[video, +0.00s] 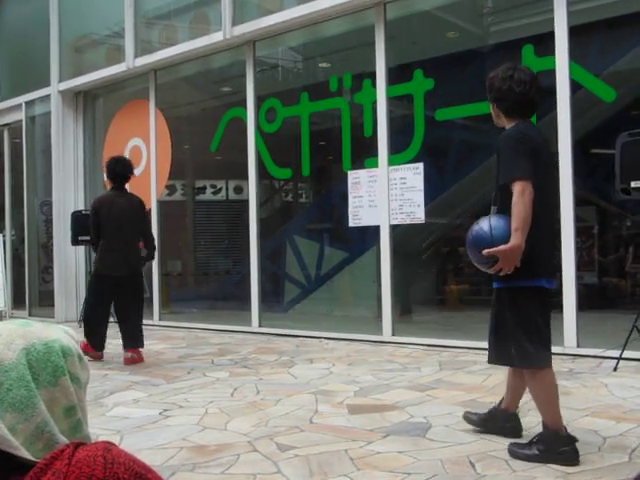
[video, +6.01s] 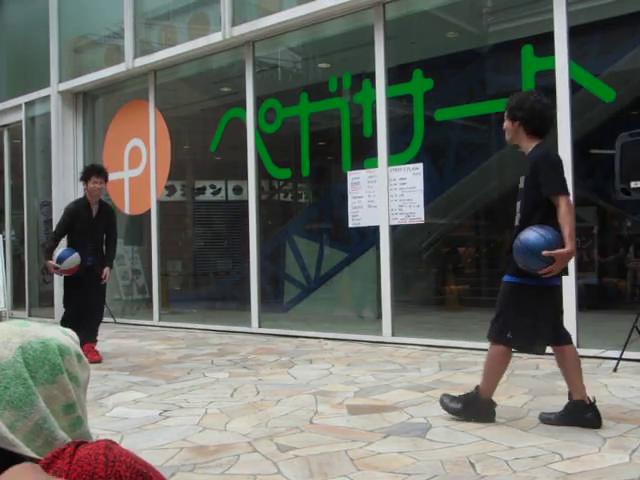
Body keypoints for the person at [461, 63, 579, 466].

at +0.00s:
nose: (489, 107)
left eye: (490, 101)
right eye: (490, 101)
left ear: (495, 105)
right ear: (531, 102)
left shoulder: (514, 138)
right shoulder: (537, 138)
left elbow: (523, 191)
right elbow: (537, 195)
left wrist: (517, 242)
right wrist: (514, 242)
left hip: (525, 263)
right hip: (538, 260)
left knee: (531, 348)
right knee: (521, 341)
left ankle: (556, 437)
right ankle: (506, 412)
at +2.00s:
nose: (540, 111)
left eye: (541, 106)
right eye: (542, 105)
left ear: (548, 110)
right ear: (583, 111)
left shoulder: (538, 151)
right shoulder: (598, 154)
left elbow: (516, 200)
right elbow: (609, 213)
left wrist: (485, 236)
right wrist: (605, 262)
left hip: (540, 267)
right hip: (585, 267)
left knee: (542, 338)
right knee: (593, 334)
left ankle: (552, 410)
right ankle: (604, 407)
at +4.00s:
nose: (591, 118)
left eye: (593, 112)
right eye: (591, 112)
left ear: (608, 112)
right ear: (612, 112)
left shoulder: (628, 143)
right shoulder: (624, 144)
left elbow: (633, 191)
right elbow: (625, 196)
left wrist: (632, 237)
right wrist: (621, 242)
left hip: (622, 254)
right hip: (620, 252)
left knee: (614, 322)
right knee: (613, 322)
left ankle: (599, 394)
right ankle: (599, 393)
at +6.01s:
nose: (503, 126)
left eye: (507, 120)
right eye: (504, 120)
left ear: (521, 124)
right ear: (529, 124)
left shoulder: (544, 158)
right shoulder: (536, 159)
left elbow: (563, 203)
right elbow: (550, 206)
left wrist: (569, 246)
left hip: (526, 268)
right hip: (538, 267)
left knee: (501, 332)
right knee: (556, 334)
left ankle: (481, 399)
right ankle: (581, 403)